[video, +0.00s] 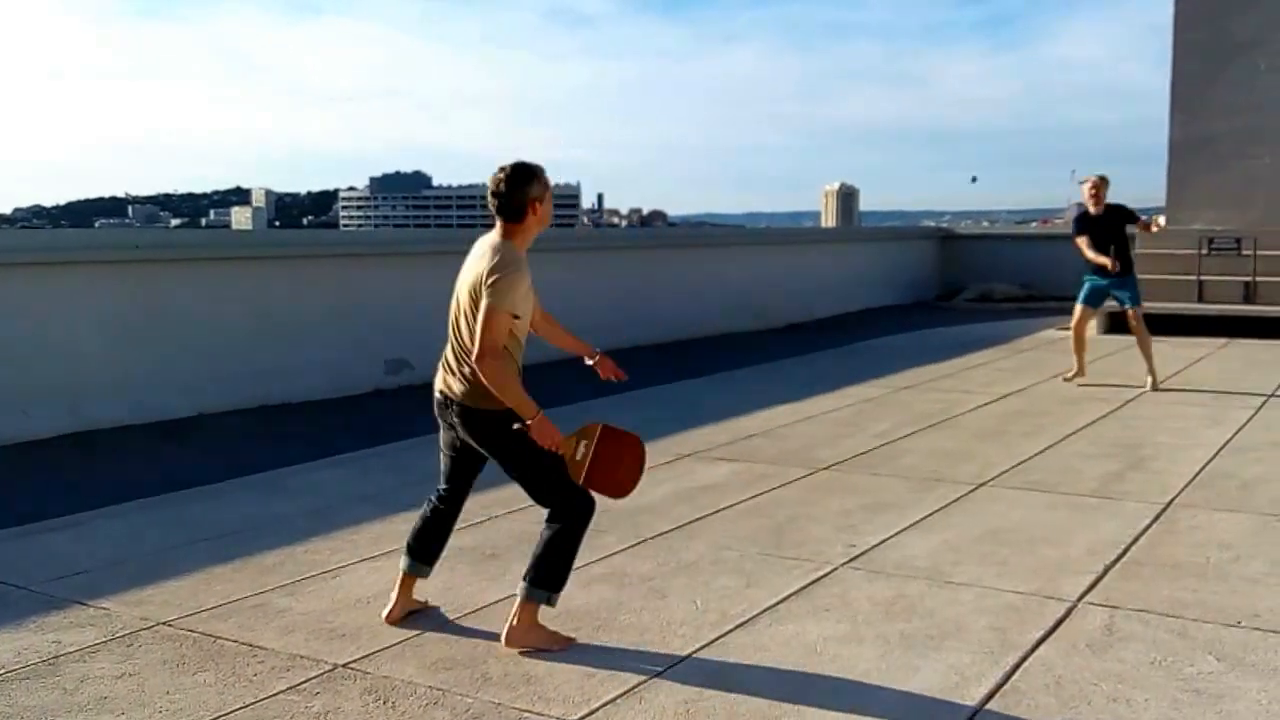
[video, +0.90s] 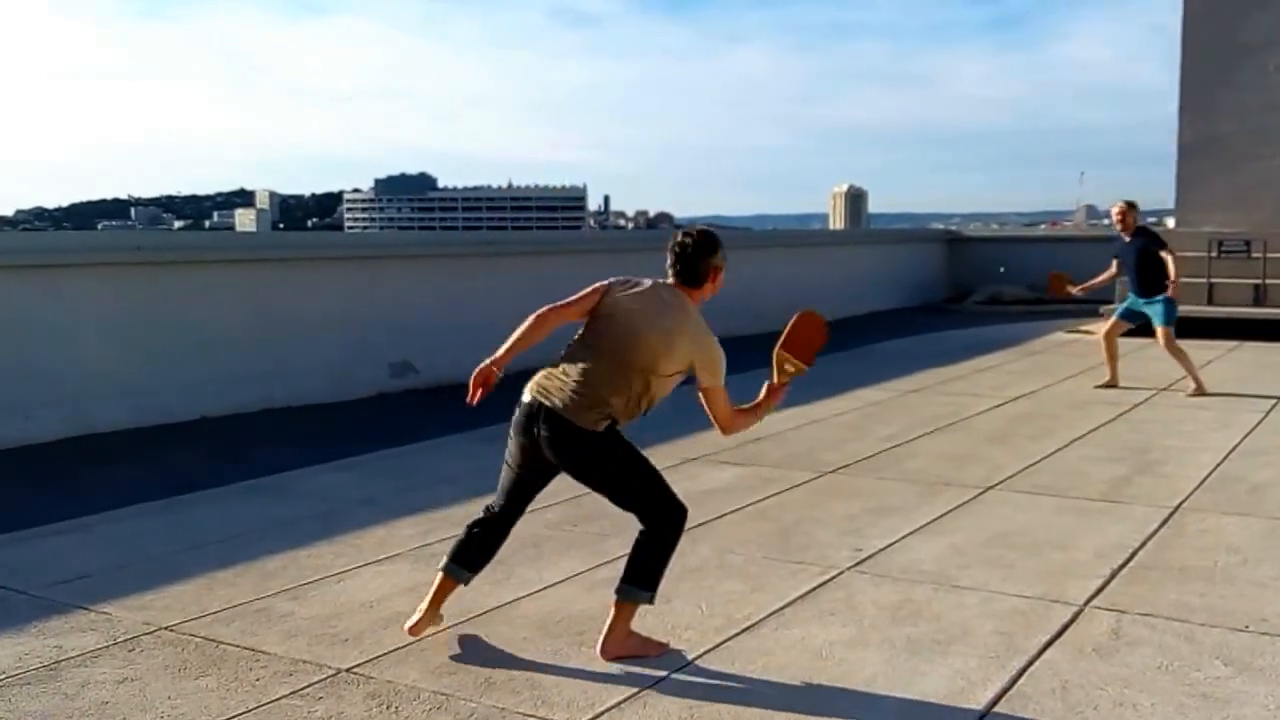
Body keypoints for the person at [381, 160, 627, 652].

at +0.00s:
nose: (552, 206)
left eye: (550, 198)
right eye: (549, 198)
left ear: (506, 207)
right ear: (534, 208)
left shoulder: (491, 248)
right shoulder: (508, 268)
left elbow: (535, 318)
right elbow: (487, 361)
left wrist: (589, 354)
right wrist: (535, 418)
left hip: (452, 400)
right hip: (486, 410)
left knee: (447, 496)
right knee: (572, 504)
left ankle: (403, 598)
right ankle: (524, 622)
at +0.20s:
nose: (587, 239)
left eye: (585, 231)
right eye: (583, 233)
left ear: (539, 236)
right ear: (568, 244)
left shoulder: (523, 264)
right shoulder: (526, 301)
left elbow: (567, 274)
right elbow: (488, 389)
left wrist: (612, 291)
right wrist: (521, 453)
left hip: (440, 401)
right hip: (473, 413)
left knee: (456, 493)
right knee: (578, 486)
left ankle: (402, 600)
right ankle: (594, 616)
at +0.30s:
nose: (631, 270)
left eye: (630, 263)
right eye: (628, 265)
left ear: (582, 266)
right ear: (610, 278)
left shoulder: (556, 277)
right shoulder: (571, 332)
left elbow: (546, 257)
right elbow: (541, 424)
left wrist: (560, 265)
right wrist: (574, 492)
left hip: (440, 397)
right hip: (475, 416)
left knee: (454, 493)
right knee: (581, 496)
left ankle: (402, 599)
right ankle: (602, 626)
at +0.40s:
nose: (667, 306)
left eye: (667, 298)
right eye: (666, 299)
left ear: (614, 291)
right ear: (648, 309)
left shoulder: (577, 295)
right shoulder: (614, 359)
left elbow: (532, 269)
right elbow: (614, 458)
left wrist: (510, 262)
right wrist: (661, 520)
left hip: (453, 409)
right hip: (494, 428)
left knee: (452, 499)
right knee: (603, 498)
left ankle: (402, 600)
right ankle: (608, 629)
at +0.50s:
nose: (689, 343)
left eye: (691, 335)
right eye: (690, 336)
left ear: (639, 319)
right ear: (673, 338)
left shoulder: (591, 319)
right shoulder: (648, 386)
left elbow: (513, 291)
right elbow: (683, 463)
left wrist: (468, 285)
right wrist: (737, 500)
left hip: (470, 431)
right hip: (513, 451)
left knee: (464, 506)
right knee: (634, 504)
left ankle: (403, 604)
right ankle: (613, 632)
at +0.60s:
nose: (707, 357)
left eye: (706, 348)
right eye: (707, 350)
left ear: (658, 336)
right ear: (692, 357)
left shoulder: (607, 339)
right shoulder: (666, 405)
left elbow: (529, 325)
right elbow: (710, 456)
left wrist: (465, 321)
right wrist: (767, 445)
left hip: (485, 442)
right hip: (527, 465)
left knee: (469, 514)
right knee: (652, 511)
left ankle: (404, 604)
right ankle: (615, 633)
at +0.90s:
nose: (723, 277)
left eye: (722, 269)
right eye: (722, 270)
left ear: (672, 267)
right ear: (711, 277)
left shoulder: (624, 288)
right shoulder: (701, 342)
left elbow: (550, 314)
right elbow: (729, 422)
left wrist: (496, 360)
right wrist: (769, 400)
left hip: (533, 408)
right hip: (581, 430)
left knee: (500, 510)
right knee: (667, 515)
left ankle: (426, 613)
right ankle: (618, 635)